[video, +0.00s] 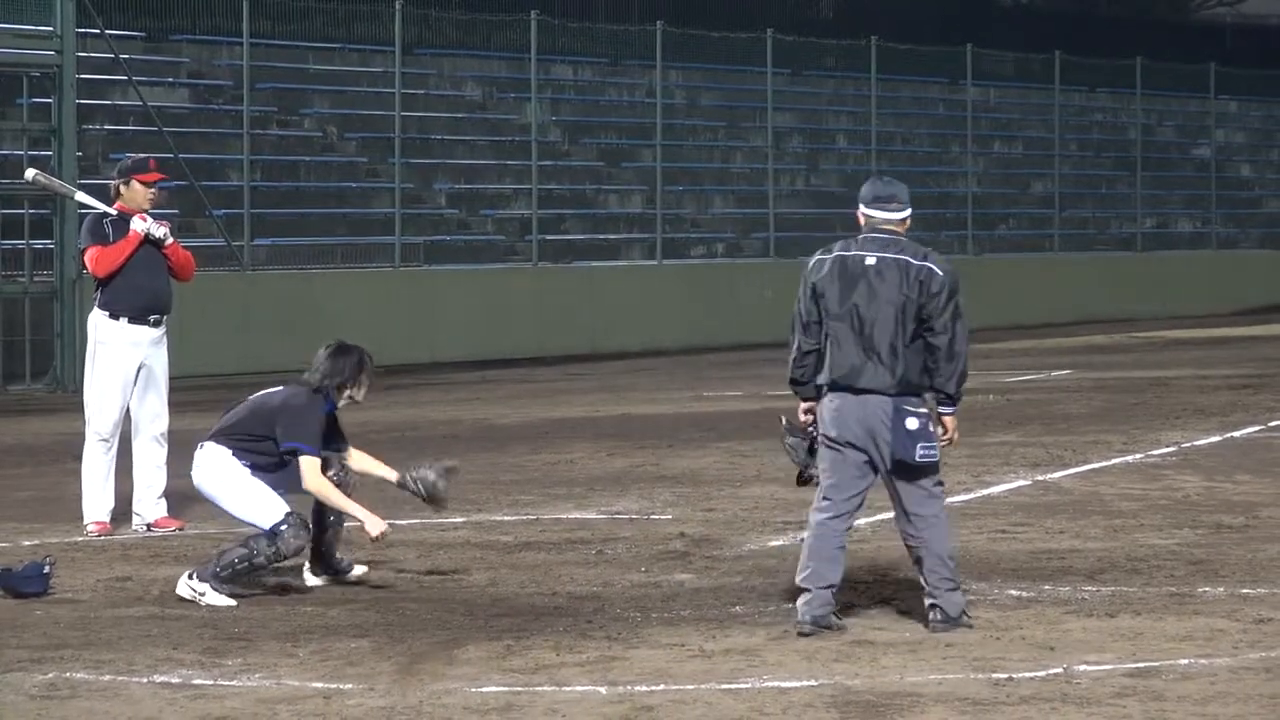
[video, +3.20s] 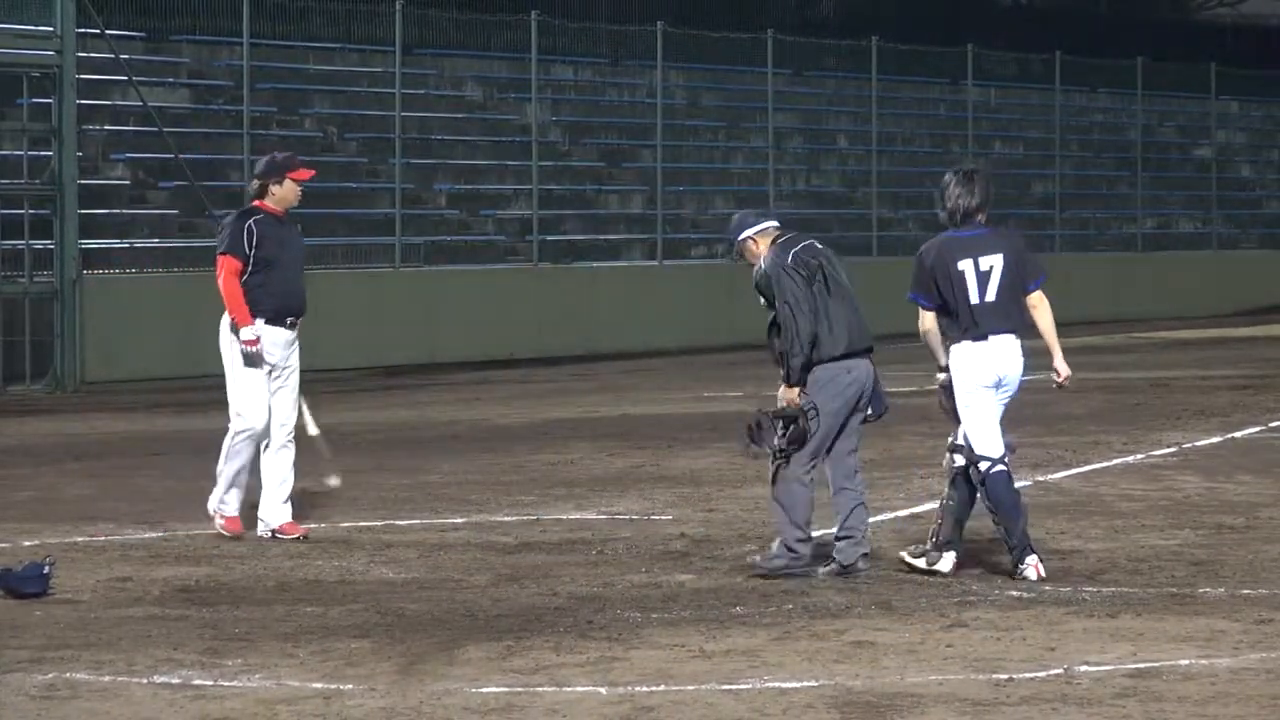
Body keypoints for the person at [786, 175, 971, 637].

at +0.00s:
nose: (898, 224)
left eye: (865, 214)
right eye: (901, 218)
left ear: (859, 217)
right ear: (906, 221)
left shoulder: (824, 262)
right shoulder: (932, 268)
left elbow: (807, 336)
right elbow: (946, 344)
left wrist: (806, 393)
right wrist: (947, 404)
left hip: (843, 405)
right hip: (907, 407)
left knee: (832, 506)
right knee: (925, 505)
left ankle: (814, 606)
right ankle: (945, 605)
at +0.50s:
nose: (922, 216)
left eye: (921, 210)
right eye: (954, 214)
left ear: (920, 212)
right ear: (965, 217)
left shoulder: (879, 254)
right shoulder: (988, 265)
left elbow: (858, 324)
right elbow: (1007, 336)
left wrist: (854, 382)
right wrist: (1012, 398)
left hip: (889, 393)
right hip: (950, 397)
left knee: (890, 494)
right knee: (950, 502)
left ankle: (885, 596)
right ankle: (949, 604)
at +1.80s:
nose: (869, 215)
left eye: (871, 210)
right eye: (904, 210)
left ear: (868, 214)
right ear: (911, 213)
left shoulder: (839, 255)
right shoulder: (943, 260)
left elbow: (824, 324)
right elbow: (955, 327)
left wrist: (821, 378)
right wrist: (948, 376)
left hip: (863, 385)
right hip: (919, 385)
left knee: (859, 470)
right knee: (912, 480)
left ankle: (876, 545)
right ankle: (909, 569)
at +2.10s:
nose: (844, 224)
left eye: (844, 219)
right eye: (848, 219)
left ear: (848, 219)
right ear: (888, 217)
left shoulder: (826, 258)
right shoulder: (923, 257)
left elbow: (815, 327)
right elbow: (937, 321)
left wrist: (811, 383)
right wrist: (924, 369)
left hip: (851, 384)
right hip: (906, 383)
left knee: (848, 474)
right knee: (905, 476)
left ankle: (838, 567)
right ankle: (906, 571)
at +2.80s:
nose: (786, 242)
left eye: (784, 237)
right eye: (785, 237)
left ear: (792, 232)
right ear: (822, 225)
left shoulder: (795, 262)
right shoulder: (867, 257)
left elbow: (790, 324)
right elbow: (884, 318)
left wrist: (783, 384)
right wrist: (882, 372)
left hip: (828, 382)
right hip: (870, 381)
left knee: (819, 473)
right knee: (852, 471)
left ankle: (838, 565)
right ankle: (855, 556)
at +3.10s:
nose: (759, 252)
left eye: (757, 244)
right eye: (755, 246)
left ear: (767, 235)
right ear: (791, 228)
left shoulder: (780, 260)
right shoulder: (832, 248)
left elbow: (799, 317)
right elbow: (853, 308)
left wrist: (794, 377)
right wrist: (866, 363)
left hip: (830, 369)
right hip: (864, 365)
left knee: (788, 453)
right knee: (845, 458)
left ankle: (816, 543)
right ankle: (852, 547)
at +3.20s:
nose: (749, 261)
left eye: (746, 252)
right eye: (744, 254)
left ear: (756, 240)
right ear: (773, 233)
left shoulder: (777, 265)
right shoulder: (813, 249)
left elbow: (800, 322)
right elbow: (833, 311)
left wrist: (792, 381)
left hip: (830, 370)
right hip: (859, 364)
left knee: (793, 461)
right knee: (843, 461)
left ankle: (793, 550)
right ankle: (852, 551)